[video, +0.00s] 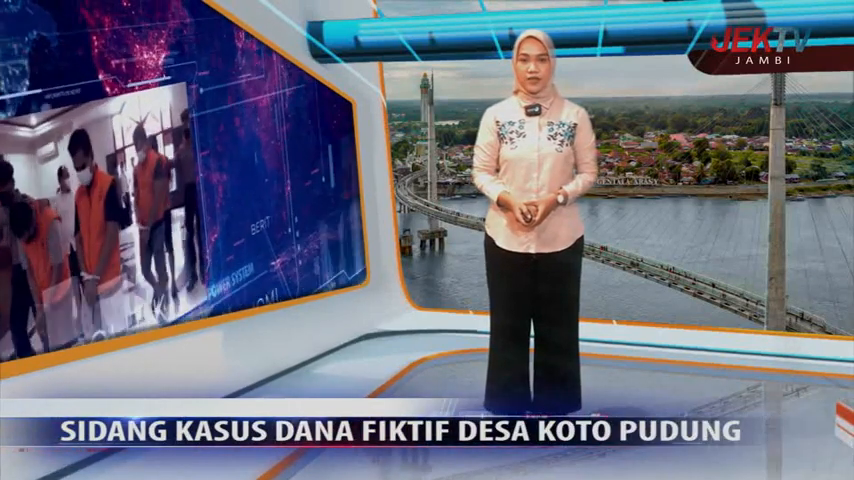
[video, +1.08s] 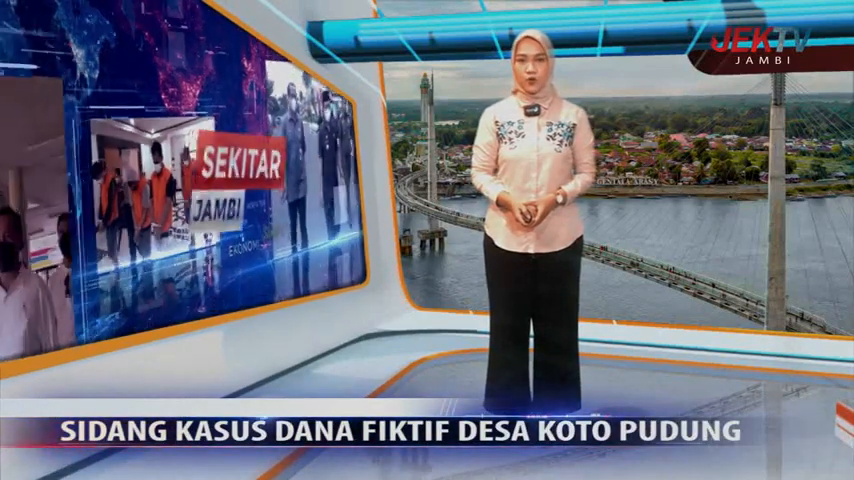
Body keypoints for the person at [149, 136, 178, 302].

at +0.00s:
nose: (138, 147)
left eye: (140, 143)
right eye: (136, 143)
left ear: (147, 142)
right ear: (136, 144)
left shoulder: (159, 161)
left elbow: (160, 193)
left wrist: (151, 219)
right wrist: (138, 216)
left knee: (159, 262)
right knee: (145, 267)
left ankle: (166, 291)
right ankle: (157, 289)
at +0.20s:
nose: (154, 150)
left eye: (156, 146)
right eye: (152, 147)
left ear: (161, 144)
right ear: (150, 148)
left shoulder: (173, 162)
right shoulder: (154, 167)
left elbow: (174, 189)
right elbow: (154, 189)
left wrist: (168, 211)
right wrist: (155, 210)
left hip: (172, 212)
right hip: (159, 213)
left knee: (173, 250)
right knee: (158, 252)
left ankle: (176, 285)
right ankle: (163, 286)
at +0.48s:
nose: (167, 154)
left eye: (168, 150)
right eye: (165, 151)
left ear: (172, 149)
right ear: (164, 152)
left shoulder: (181, 164)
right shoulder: (166, 168)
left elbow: (184, 185)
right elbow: (165, 187)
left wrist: (181, 203)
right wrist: (167, 203)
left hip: (182, 205)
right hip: (171, 206)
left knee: (183, 237)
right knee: (171, 239)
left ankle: (187, 264)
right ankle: (171, 270)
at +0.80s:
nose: (175, 149)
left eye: (177, 147)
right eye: (174, 147)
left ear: (180, 148)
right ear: (173, 148)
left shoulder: (186, 161)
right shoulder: (173, 162)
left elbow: (189, 177)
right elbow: (172, 179)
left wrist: (189, 189)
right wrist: (174, 190)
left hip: (186, 195)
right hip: (177, 196)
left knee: (186, 223)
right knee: (180, 223)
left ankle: (191, 247)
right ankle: (184, 249)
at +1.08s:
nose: (184, 158)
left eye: (185, 155)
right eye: (182, 156)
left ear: (189, 155)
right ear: (181, 157)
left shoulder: (193, 166)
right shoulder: (183, 168)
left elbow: (195, 181)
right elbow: (183, 183)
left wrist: (193, 196)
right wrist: (185, 197)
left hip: (194, 196)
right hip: (187, 197)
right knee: (189, 221)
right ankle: (192, 240)